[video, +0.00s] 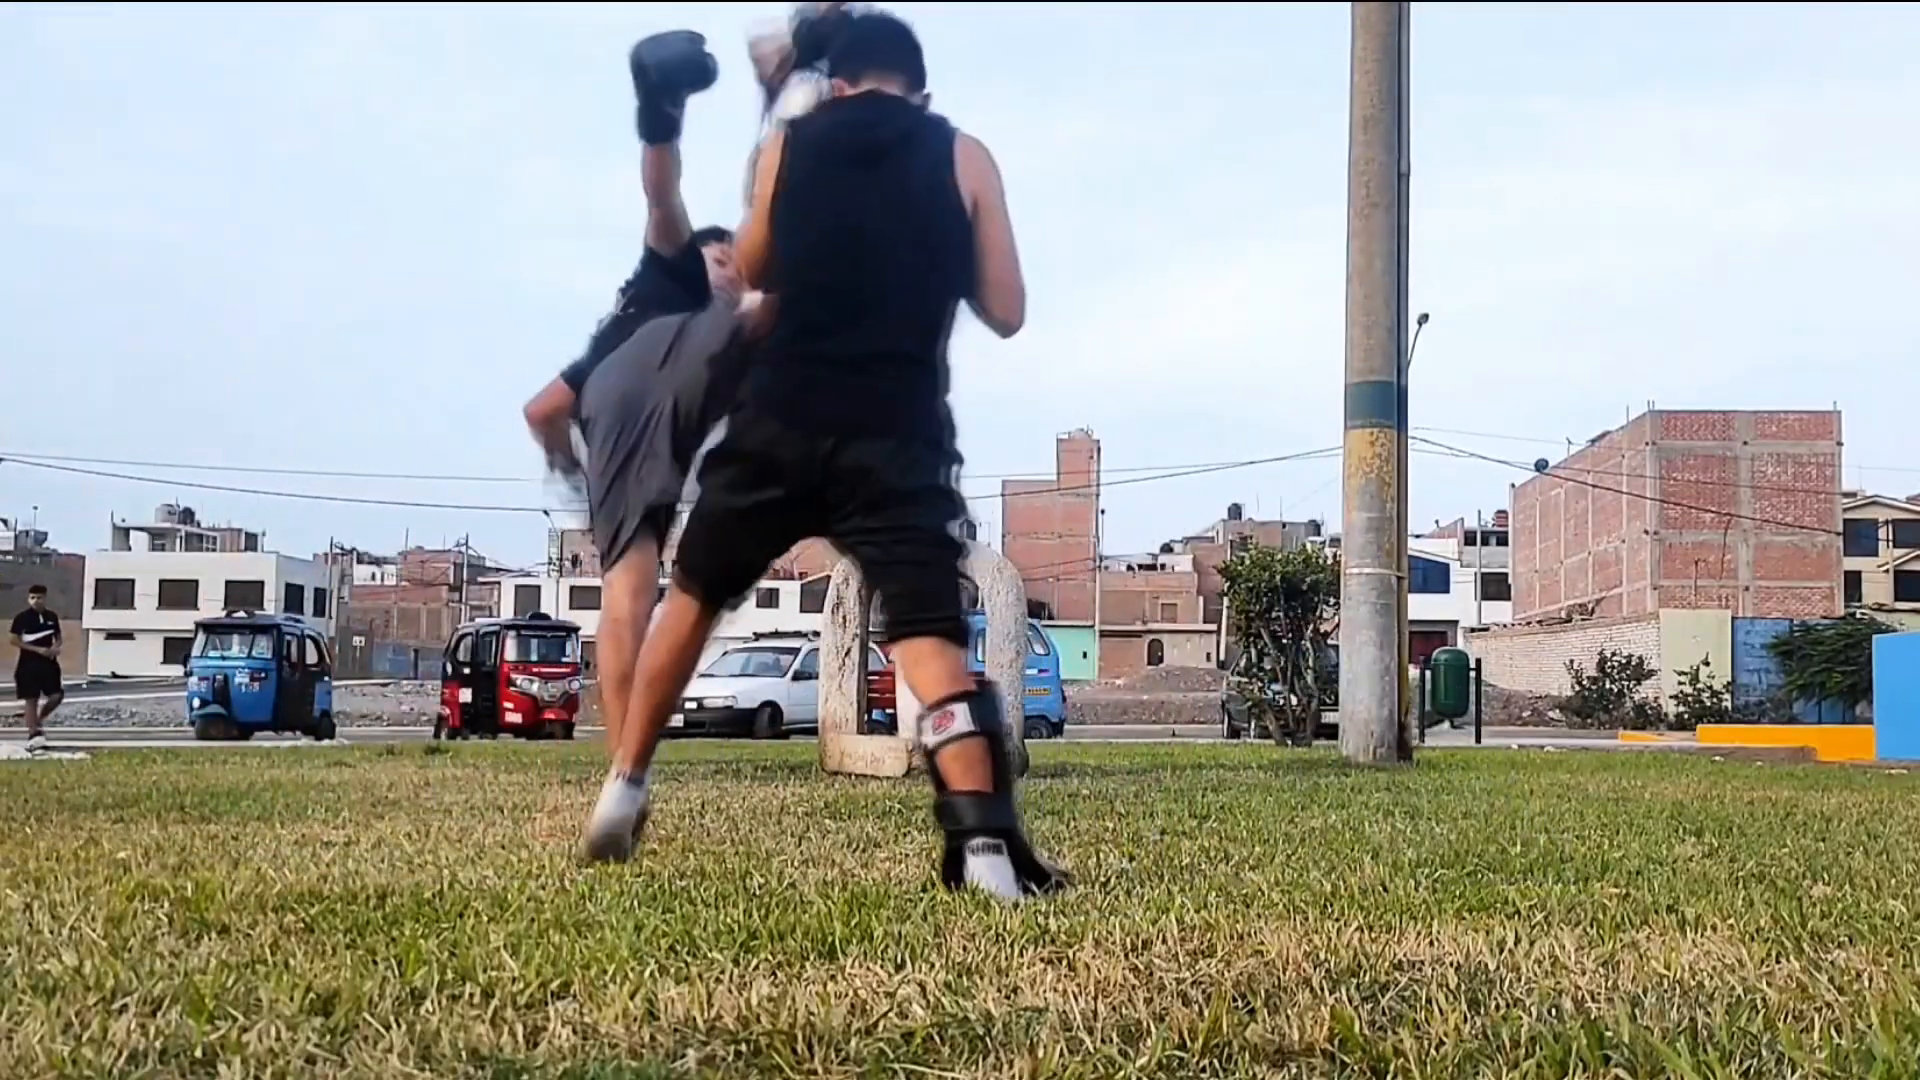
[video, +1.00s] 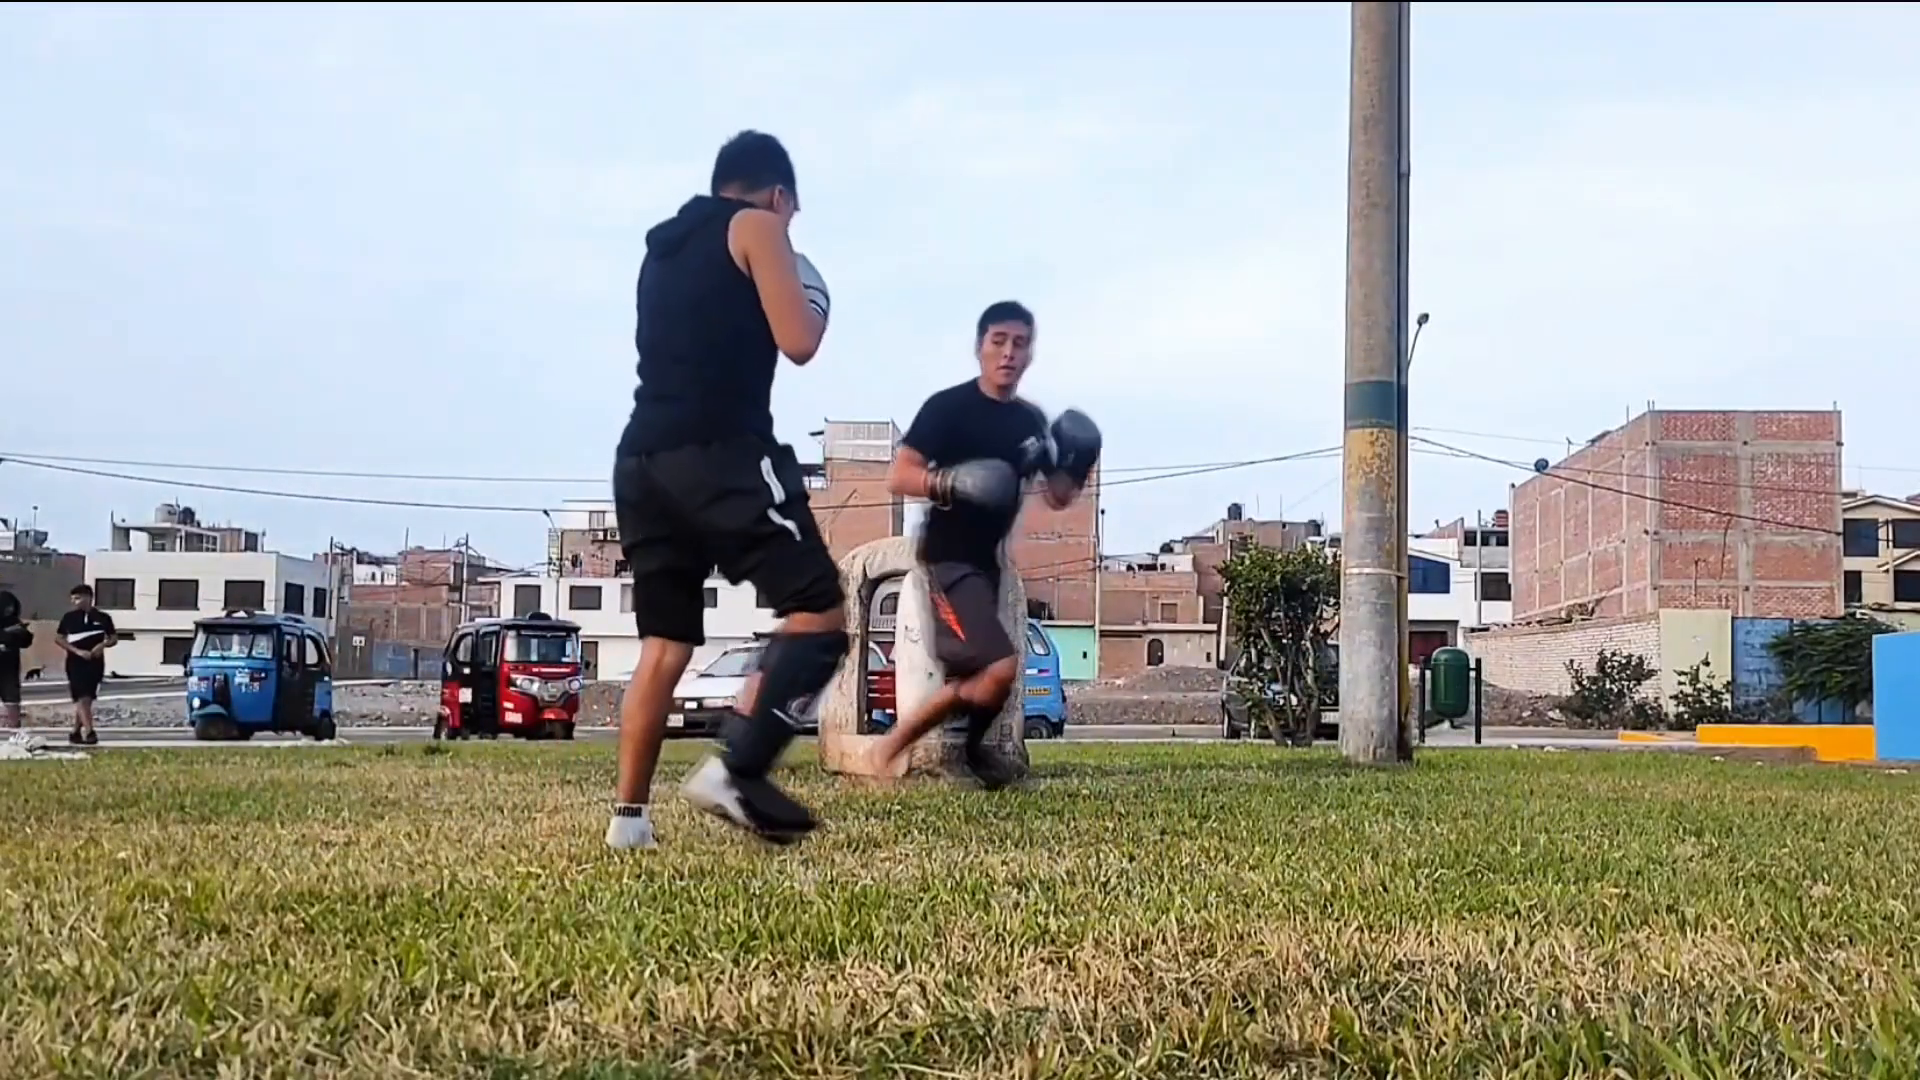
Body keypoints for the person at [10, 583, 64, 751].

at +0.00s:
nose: (35, 601)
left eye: (39, 598)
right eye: (32, 598)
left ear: (45, 599)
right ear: (28, 599)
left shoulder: (51, 617)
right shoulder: (22, 617)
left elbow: (58, 637)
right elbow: (14, 639)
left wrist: (55, 648)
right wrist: (39, 649)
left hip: (47, 662)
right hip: (29, 663)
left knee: (56, 696)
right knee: (31, 699)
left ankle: (38, 720)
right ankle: (33, 734)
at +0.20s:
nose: (47, 602)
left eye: (51, 599)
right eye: (44, 599)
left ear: (56, 600)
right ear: (39, 600)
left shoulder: (62, 619)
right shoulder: (32, 618)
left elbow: (65, 639)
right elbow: (24, 640)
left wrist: (64, 648)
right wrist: (49, 650)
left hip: (57, 664)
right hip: (37, 665)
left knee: (65, 696)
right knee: (35, 699)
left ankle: (68, 731)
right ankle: (34, 732)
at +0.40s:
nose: (61, 602)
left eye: (64, 599)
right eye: (58, 598)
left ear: (69, 601)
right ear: (53, 599)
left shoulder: (74, 620)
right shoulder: (44, 618)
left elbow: (76, 640)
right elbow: (35, 639)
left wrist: (74, 649)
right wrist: (60, 651)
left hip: (68, 664)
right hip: (48, 664)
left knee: (71, 699)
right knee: (43, 700)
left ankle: (73, 732)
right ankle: (36, 731)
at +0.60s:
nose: (72, 599)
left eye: (76, 596)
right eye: (70, 595)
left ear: (82, 598)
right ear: (64, 597)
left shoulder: (87, 618)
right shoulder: (56, 615)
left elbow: (92, 639)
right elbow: (44, 635)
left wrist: (83, 647)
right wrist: (67, 648)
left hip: (79, 662)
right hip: (60, 663)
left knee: (77, 698)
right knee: (60, 697)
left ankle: (74, 731)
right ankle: (48, 721)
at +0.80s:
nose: (73, 600)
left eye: (77, 596)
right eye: (71, 596)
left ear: (86, 597)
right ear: (68, 598)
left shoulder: (96, 616)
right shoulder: (64, 614)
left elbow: (104, 638)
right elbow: (52, 635)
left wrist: (93, 646)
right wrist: (72, 649)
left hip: (86, 658)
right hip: (69, 657)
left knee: (82, 696)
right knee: (73, 695)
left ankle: (76, 730)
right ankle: (70, 730)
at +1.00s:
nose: (75, 602)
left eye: (78, 598)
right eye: (73, 598)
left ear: (89, 599)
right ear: (72, 600)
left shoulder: (103, 618)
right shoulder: (69, 617)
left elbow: (113, 639)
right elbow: (59, 638)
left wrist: (101, 646)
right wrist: (77, 651)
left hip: (94, 659)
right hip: (75, 660)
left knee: (86, 696)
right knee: (82, 696)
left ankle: (77, 729)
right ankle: (89, 731)